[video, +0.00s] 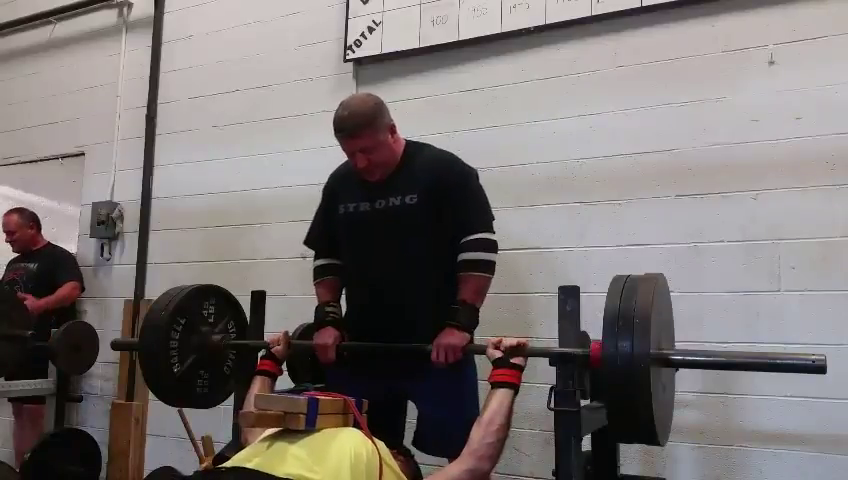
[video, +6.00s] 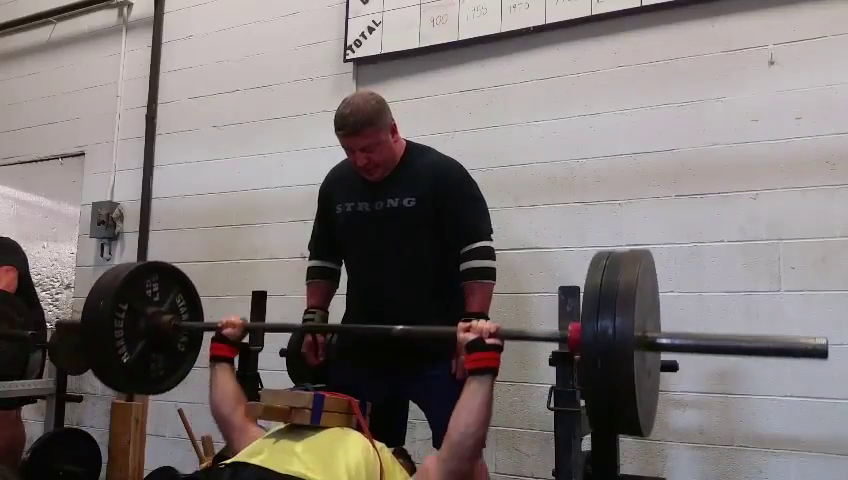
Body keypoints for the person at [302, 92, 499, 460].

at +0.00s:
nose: (359, 163)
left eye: (367, 151)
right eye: (351, 154)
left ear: (393, 133)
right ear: (341, 145)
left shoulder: (449, 175)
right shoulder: (341, 184)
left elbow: (479, 251)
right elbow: (327, 259)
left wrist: (460, 323)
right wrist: (328, 319)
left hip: (438, 346)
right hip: (366, 348)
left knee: (463, 459)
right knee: (370, 460)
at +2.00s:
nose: (370, 146)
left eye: (380, 135)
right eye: (362, 136)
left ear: (406, 124)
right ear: (352, 131)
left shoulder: (450, 171)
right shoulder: (346, 177)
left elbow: (472, 246)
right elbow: (319, 247)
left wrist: (443, 309)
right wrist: (307, 307)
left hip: (438, 343)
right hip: (364, 345)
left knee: (465, 456)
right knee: (363, 459)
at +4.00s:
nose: (367, 156)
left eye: (375, 145)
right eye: (357, 147)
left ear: (400, 130)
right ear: (348, 139)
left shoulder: (448, 176)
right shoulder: (342, 185)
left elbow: (482, 253)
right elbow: (325, 259)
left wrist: (479, 328)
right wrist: (311, 320)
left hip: (439, 339)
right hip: (367, 341)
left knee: (461, 449)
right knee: (373, 451)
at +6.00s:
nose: (360, 160)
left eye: (369, 149)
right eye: (351, 151)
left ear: (394, 132)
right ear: (341, 143)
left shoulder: (444, 176)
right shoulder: (338, 184)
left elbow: (478, 257)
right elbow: (324, 260)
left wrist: (472, 330)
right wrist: (314, 318)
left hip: (437, 344)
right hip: (365, 345)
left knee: (461, 456)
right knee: (368, 459)